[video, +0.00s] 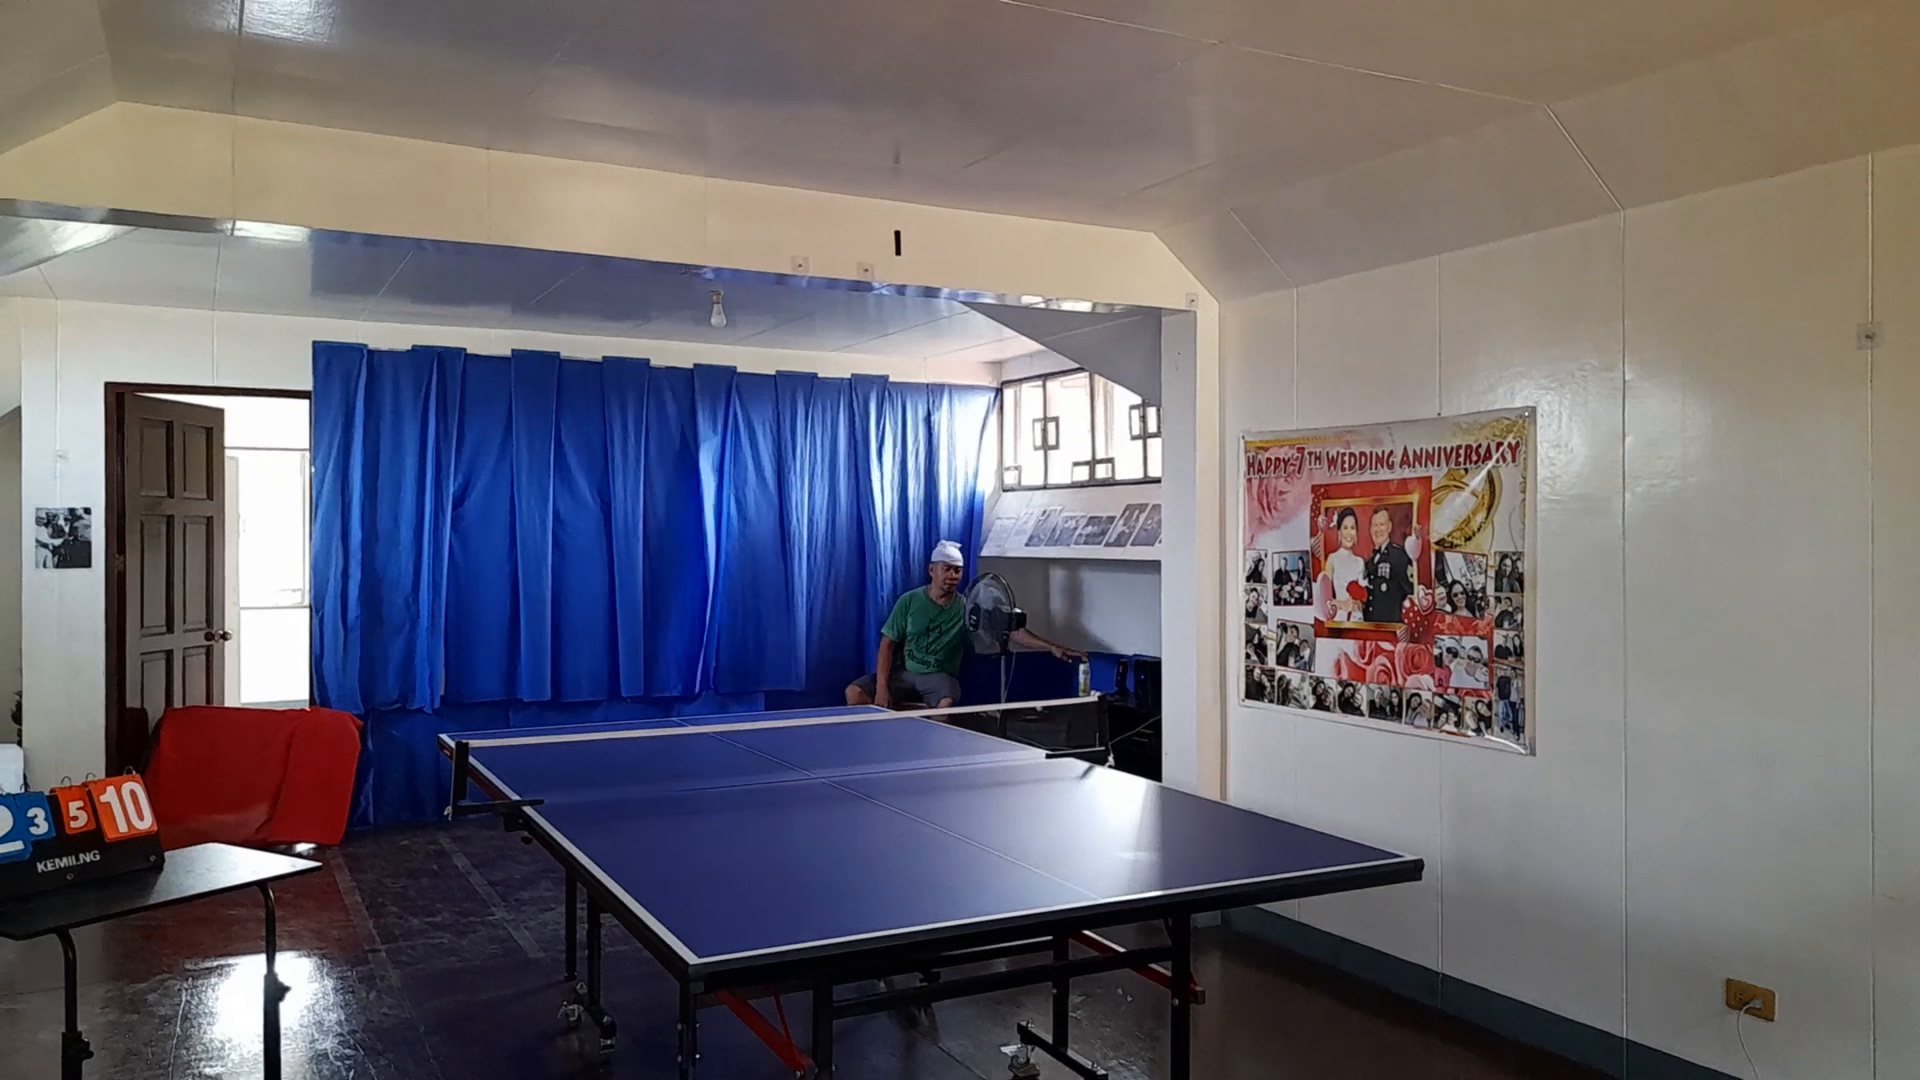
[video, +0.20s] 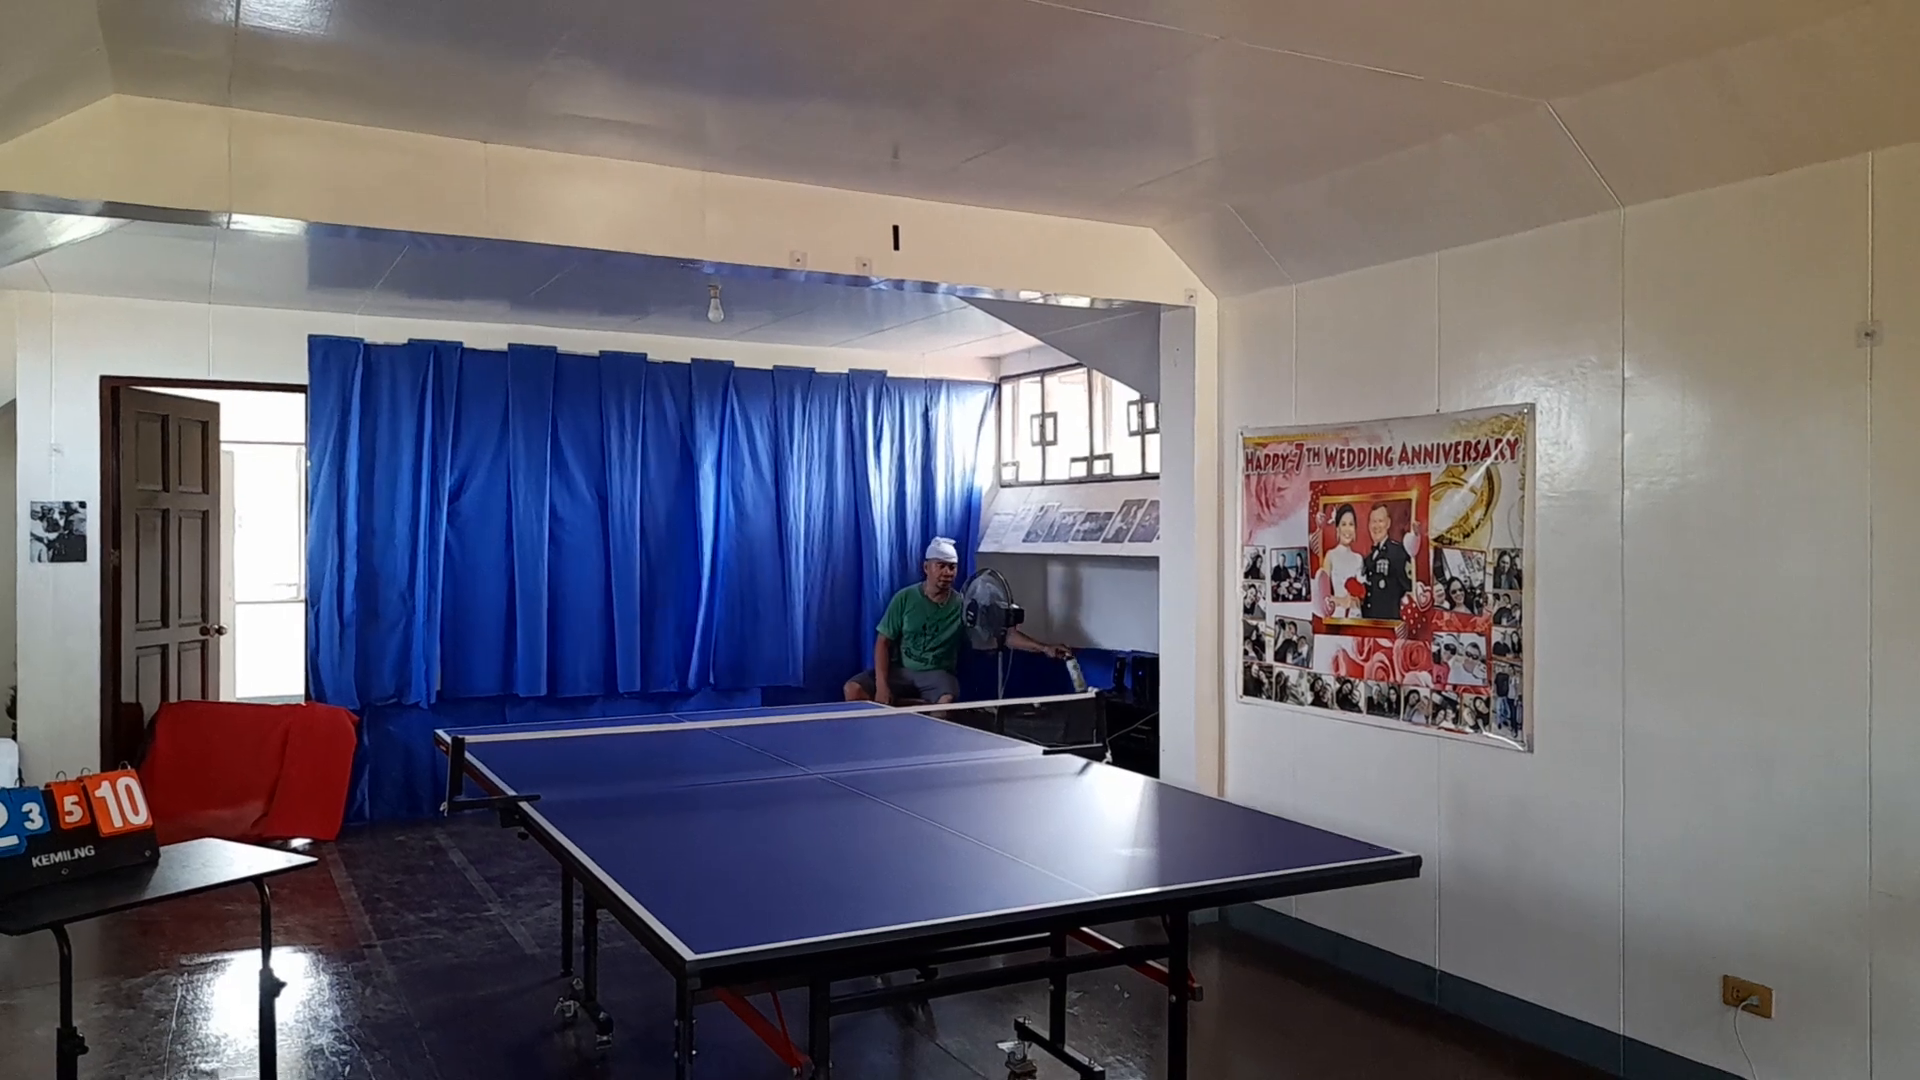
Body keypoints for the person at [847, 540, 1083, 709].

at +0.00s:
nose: (952, 576)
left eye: (957, 571)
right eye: (947, 569)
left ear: (962, 574)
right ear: (932, 570)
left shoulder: (966, 609)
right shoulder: (909, 601)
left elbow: (1011, 631)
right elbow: (887, 645)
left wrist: (1053, 648)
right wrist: (881, 689)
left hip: (939, 678)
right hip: (904, 673)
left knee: (947, 705)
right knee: (854, 692)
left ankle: (923, 748)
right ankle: (881, 743)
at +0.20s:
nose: (947, 573)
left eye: (952, 567)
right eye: (942, 566)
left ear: (957, 571)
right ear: (927, 567)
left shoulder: (963, 606)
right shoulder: (905, 598)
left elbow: (1002, 633)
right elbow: (883, 641)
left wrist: (1044, 648)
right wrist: (881, 686)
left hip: (936, 674)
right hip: (900, 670)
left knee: (946, 701)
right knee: (853, 688)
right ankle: (877, 738)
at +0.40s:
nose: (941, 573)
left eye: (946, 567)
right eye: (935, 567)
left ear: (951, 570)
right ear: (921, 569)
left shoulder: (959, 607)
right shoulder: (900, 602)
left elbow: (980, 643)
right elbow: (882, 647)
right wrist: (885, 692)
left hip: (938, 677)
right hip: (901, 673)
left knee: (949, 704)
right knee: (855, 692)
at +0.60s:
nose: (936, 571)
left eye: (940, 565)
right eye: (929, 565)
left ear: (945, 569)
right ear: (916, 569)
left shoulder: (955, 608)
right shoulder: (897, 603)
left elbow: (965, 652)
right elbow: (880, 650)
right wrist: (894, 681)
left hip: (939, 676)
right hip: (902, 673)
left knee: (952, 707)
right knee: (857, 693)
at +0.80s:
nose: (921, 566)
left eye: (926, 561)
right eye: (915, 560)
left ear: (933, 567)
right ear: (904, 565)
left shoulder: (946, 605)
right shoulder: (887, 601)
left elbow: (958, 649)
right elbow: (875, 649)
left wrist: (939, 647)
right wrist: (898, 652)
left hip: (932, 676)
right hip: (892, 674)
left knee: (948, 705)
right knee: (851, 691)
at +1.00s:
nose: (909, 565)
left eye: (915, 560)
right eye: (903, 560)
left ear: (927, 565)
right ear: (896, 566)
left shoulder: (941, 603)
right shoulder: (883, 602)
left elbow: (957, 645)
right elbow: (869, 648)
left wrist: (927, 639)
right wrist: (883, 646)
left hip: (931, 676)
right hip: (891, 675)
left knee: (947, 704)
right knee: (850, 691)